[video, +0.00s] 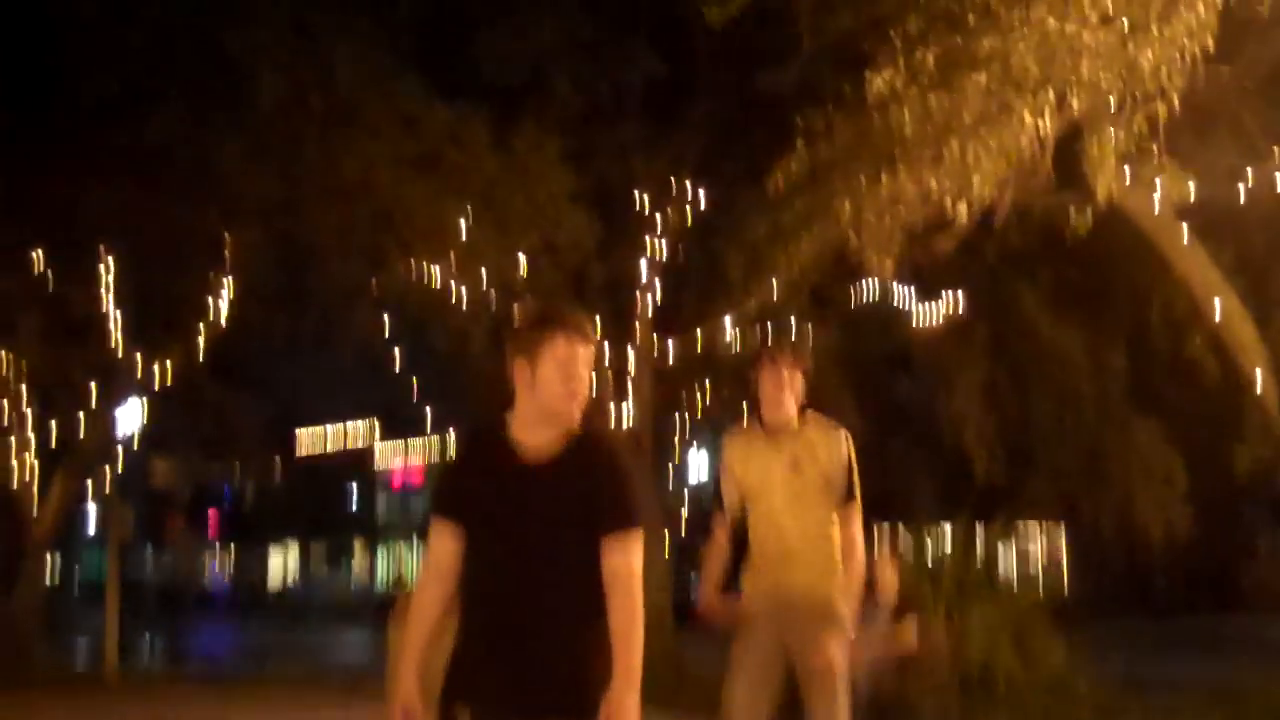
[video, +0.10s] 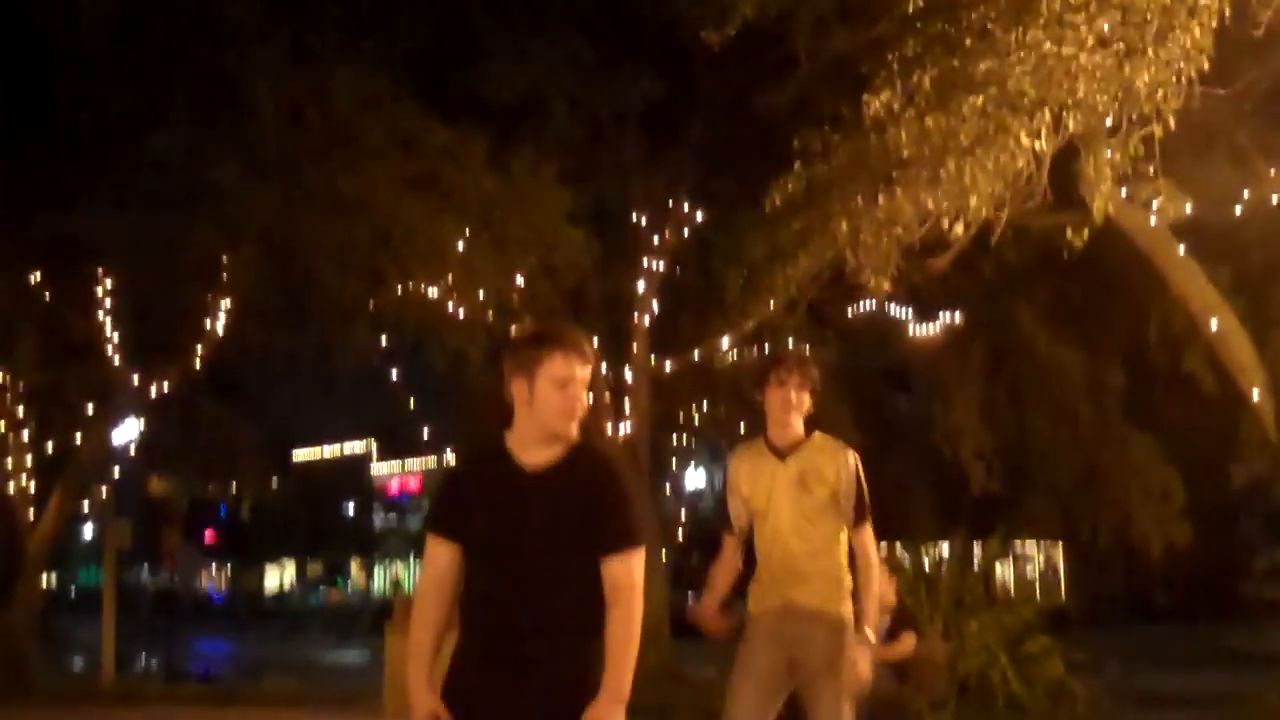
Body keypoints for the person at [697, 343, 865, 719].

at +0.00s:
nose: (780, 390)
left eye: (788, 380)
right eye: (771, 381)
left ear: (802, 385)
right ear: (757, 387)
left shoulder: (834, 440)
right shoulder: (737, 445)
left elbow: (852, 527)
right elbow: (725, 524)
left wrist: (848, 608)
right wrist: (708, 593)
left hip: (821, 606)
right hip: (760, 605)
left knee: (831, 712)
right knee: (742, 708)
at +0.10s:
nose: (791, 397)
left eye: (801, 388)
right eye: (781, 385)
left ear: (811, 399)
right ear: (763, 395)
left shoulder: (841, 460)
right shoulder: (742, 461)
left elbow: (865, 551)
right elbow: (733, 544)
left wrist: (866, 633)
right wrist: (708, 604)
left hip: (828, 620)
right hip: (766, 618)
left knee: (832, 713)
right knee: (742, 712)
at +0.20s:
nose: (802, 419)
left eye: (811, 409)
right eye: (792, 408)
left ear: (824, 419)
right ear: (775, 417)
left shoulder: (853, 478)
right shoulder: (754, 481)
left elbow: (887, 575)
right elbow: (747, 575)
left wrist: (889, 661)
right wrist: (717, 653)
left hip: (840, 651)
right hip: (776, 652)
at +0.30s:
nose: (808, 447)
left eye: (817, 439)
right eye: (798, 436)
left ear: (828, 450)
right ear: (779, 445)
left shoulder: (858, 510)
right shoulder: (755, 512)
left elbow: (901, 599)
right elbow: (752, 596)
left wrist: (891, 675)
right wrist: (731, 672)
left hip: (840, 665)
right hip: (776, 665)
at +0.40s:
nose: (812, 454)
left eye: (821, 446)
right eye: (802, 443)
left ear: (832, 458)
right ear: (782, 452)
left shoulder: (861, 520)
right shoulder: (759, 520)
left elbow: (905, 607)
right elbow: (755, 606)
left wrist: (891, 684)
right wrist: (747, 684)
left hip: (843, 675)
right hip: (780, 674)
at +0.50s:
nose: (809, 487)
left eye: (819, 479)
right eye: (799, 476)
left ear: (829, 492)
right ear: (781, 486)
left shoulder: (859, 551)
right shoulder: (758, 551)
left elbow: (900, 640)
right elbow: (757, 638)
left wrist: (890, 707)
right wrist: (746, 709)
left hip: (841, 702)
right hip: (778, 702)